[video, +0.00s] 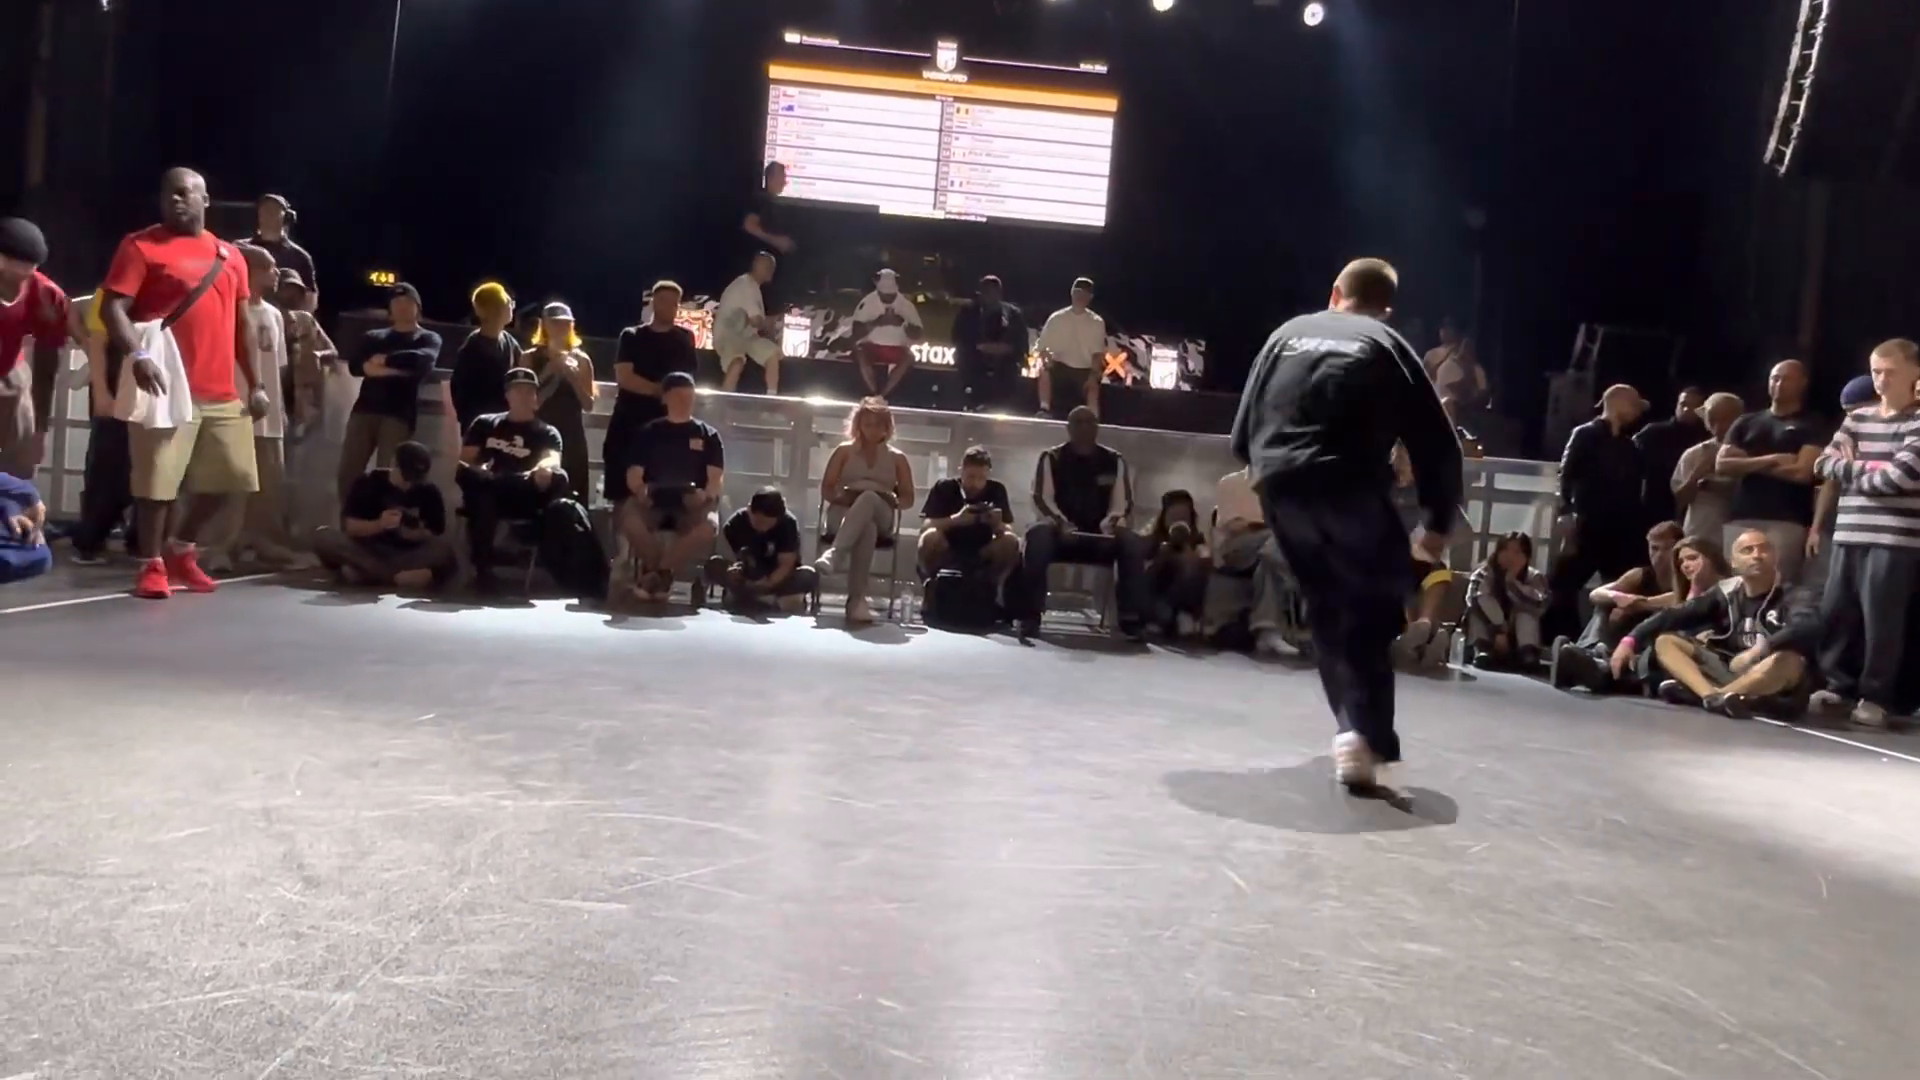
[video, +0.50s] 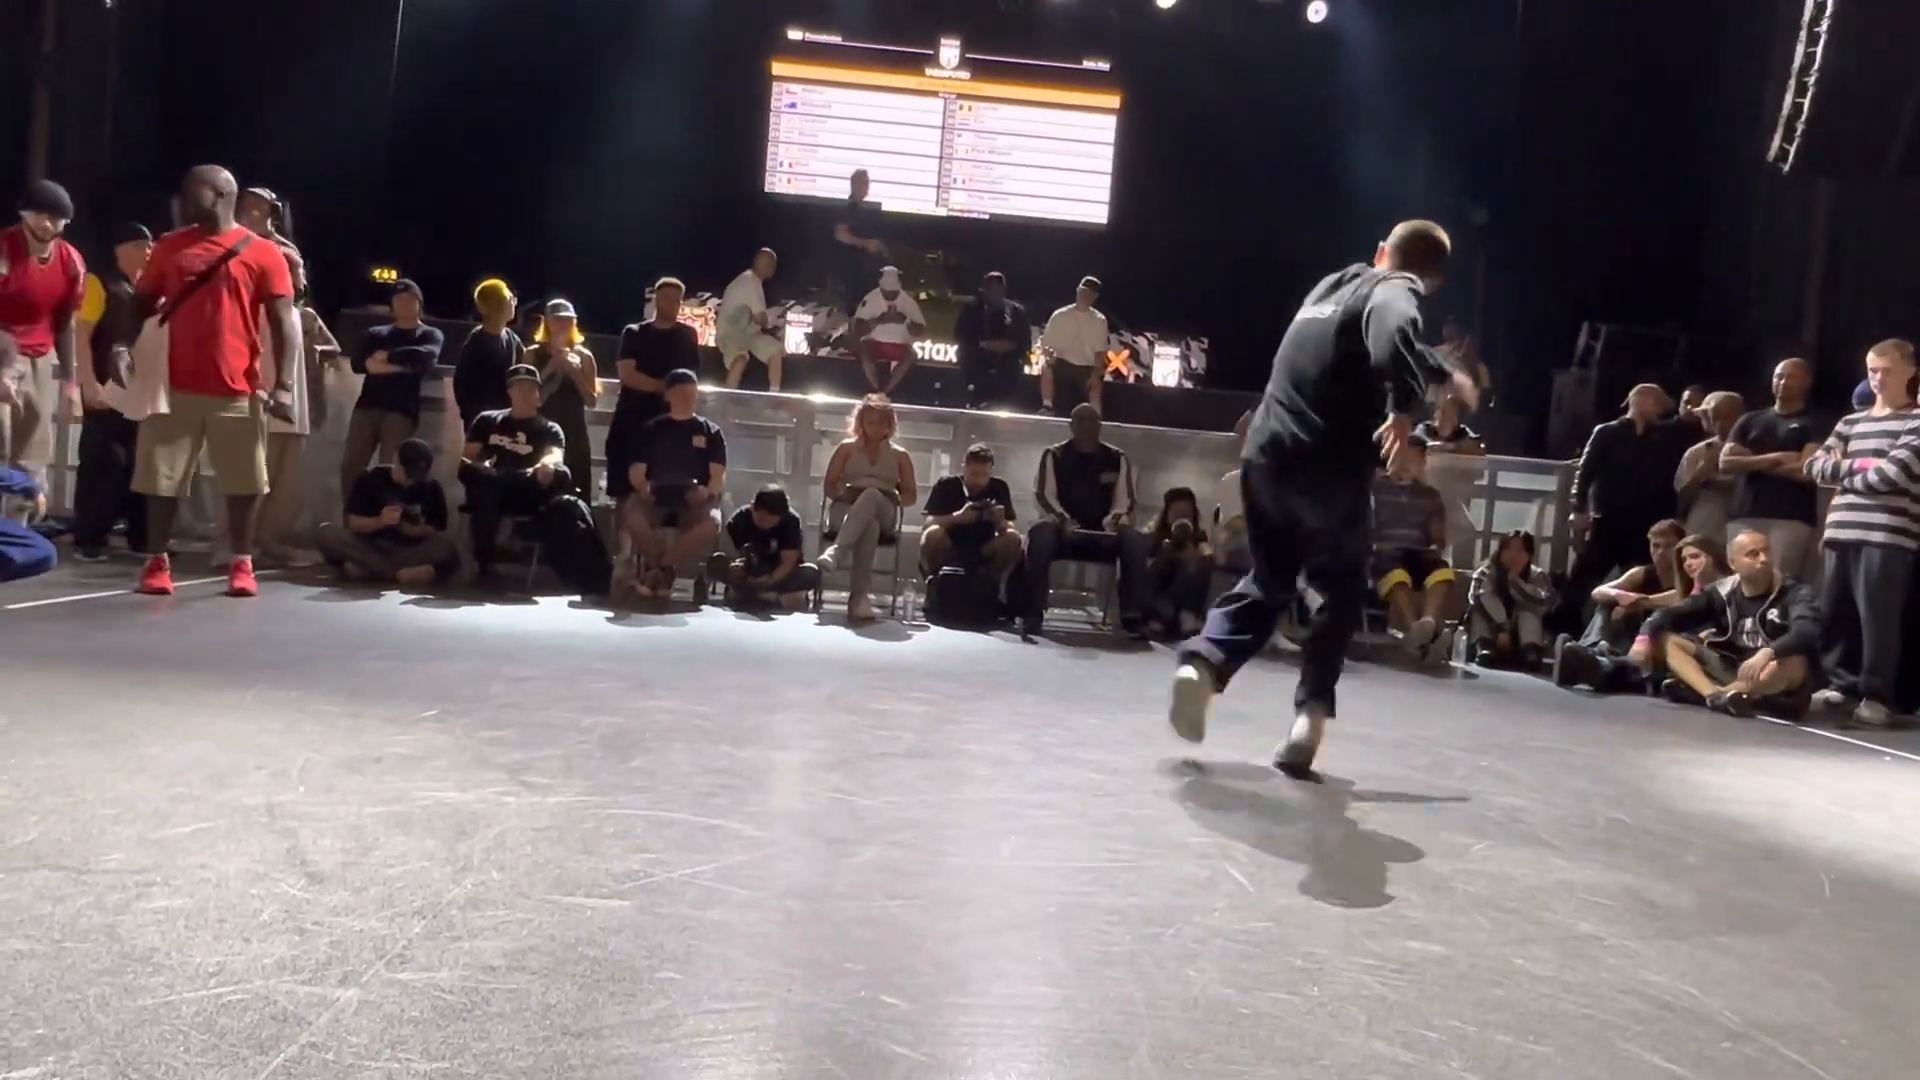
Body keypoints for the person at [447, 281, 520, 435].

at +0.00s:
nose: (513, 305)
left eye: (510, 301)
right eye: (508, 301)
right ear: (492, 310)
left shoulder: (510, 343)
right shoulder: (470, 349)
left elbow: (516, 381)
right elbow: (458, 385)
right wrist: (467, 420)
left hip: (505, 420)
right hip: (476, 423)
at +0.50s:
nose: (514, 302)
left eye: (512, 298)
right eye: (509, 299)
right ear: (495, 307)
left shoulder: (513, 341)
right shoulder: (474, 345)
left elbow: (518, 379)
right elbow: (461, 382)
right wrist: (470, 416)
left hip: (507, 417)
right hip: (479, 419)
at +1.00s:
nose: (512, 302)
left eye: (510, 298)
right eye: (507, 299)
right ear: (493, 307)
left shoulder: (511, 340)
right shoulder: (472, 345)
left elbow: (517, 377)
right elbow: (458, 382)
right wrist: (468, 415)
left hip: (505, 415)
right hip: (476, 418)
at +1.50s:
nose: (512, 302)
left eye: (509, 298)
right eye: (507, 299)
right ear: (493, 307)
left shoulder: (509, 340)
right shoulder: (469, 347)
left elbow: (518, 377)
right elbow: (457, 385)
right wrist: (467, 419)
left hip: (505, 417)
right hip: (475, 421)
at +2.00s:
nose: (511, 308)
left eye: (511, 302)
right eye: (505, 303)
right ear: (486, 308)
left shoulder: (514, 341)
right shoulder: (466, 344)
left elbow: (523, 378)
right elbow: (452, 382)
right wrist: (465, 416)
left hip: (507, 417)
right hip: (473, 418)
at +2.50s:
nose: (505, 312)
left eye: (509, 306)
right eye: (499, 305)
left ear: (514, 310)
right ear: (485, 307)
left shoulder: (520, 343)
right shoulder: (463, 343)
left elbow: (526, 380)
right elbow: (454, 379)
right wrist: (464, 413)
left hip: (508, 421)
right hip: (470, 420)